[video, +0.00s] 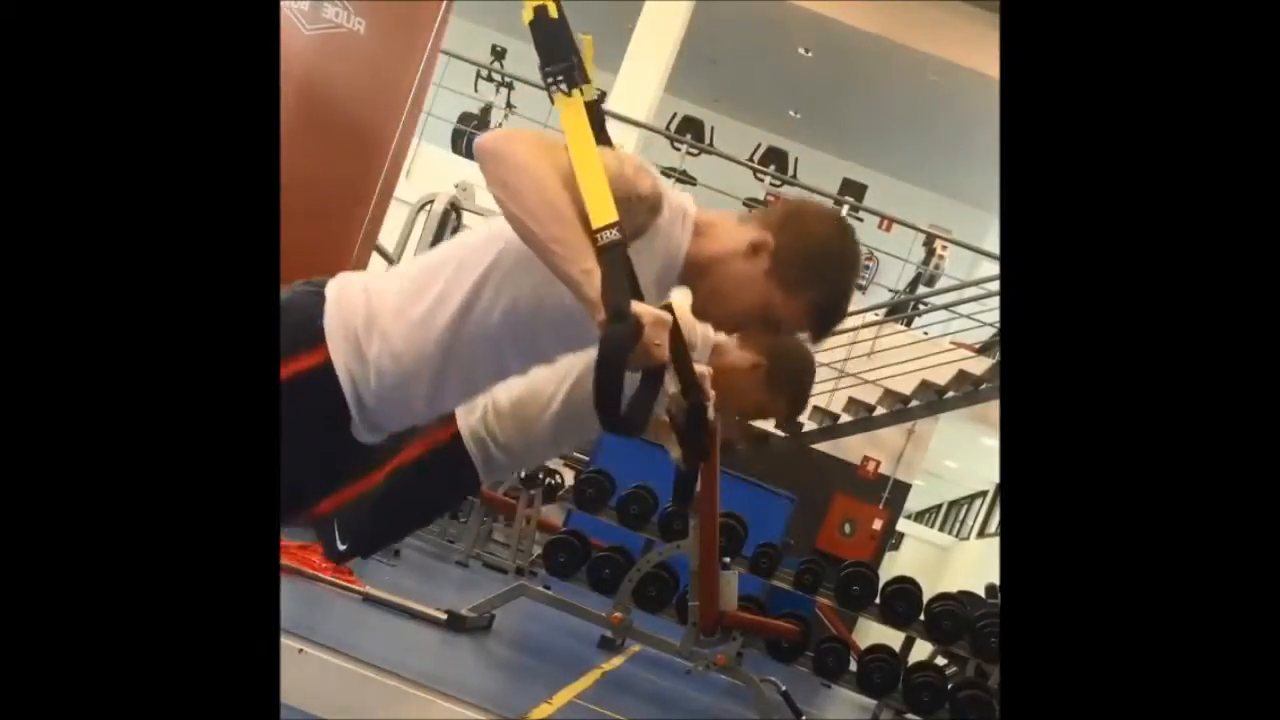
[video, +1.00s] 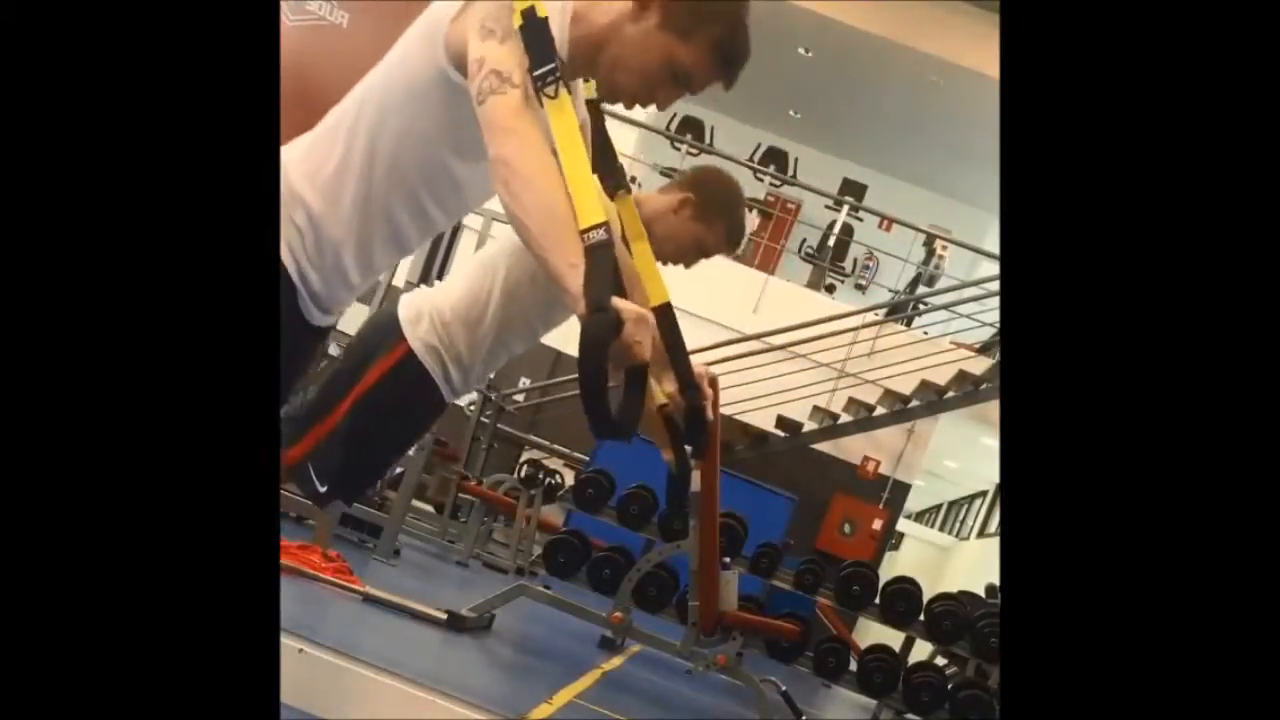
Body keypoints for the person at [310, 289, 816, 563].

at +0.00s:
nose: (743, 421)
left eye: (755, 420)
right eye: (754, 409)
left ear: (746, 365)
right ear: (750, 362)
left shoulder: (688, 379)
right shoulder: (681, 335)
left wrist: (694, 435)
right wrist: (692, 418)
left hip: (490, 449)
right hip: (472, 424)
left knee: (361, 524)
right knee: (344, 517)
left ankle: (330, 545)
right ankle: (314, 536)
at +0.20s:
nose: (731, 368)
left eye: (744, 366)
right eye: (744, 358)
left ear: (732, 318)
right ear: (734, 316)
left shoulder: (670, 338)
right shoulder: (656, 297)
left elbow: (625, 411)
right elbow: (612, 404)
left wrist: (675, 430)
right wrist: (666, 408)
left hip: (479, 423)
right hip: (461, 398)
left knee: (347, 517)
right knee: (323, 506)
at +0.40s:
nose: (722, 335)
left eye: (735, 333)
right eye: (734, 325)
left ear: (716, 277)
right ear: (718, 280)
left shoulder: (654, 305)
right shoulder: (637, 271)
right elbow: (625, 413)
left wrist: (669, 399)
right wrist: (661, 408)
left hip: (460, 400)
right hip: (440, 375)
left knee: (336, 511)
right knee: (307, 483)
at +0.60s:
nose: (699, 286)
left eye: (712, 280)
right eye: (711, 272)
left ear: (697, 231)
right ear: (697, 231)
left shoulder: (631, 261)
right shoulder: (616, 230)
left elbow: (641, 345)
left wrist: (676, 386)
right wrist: (672, 387)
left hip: (451, 383)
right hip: (427, 358)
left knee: (336, 499)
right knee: (301, 475)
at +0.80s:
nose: (686, 261)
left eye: (699, 256)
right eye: (698, 247)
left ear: (676, 202)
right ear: (681, 203)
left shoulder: (621, 249)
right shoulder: (599, 213)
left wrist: (665, 391)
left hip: (445, 370)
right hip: (421, 342)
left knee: (324, 488)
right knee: (295, 457)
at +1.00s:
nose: (687, 264)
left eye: (699, 258)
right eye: (698, 249)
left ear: (675, 203)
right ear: (681, 207)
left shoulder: (623, 239)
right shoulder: (611, 220)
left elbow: (642, 332)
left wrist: (676, 383)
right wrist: (675, 379)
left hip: (442, 368)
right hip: (420, 344)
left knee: (319, 489)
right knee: (295, 465)